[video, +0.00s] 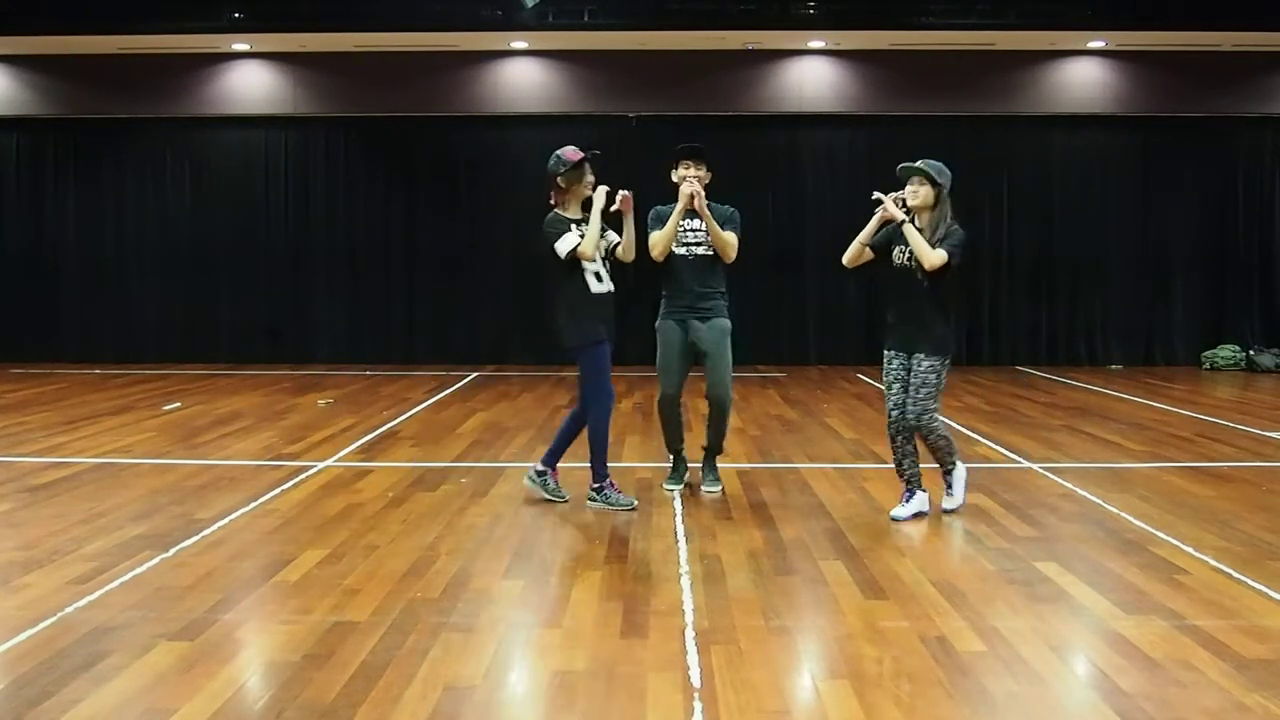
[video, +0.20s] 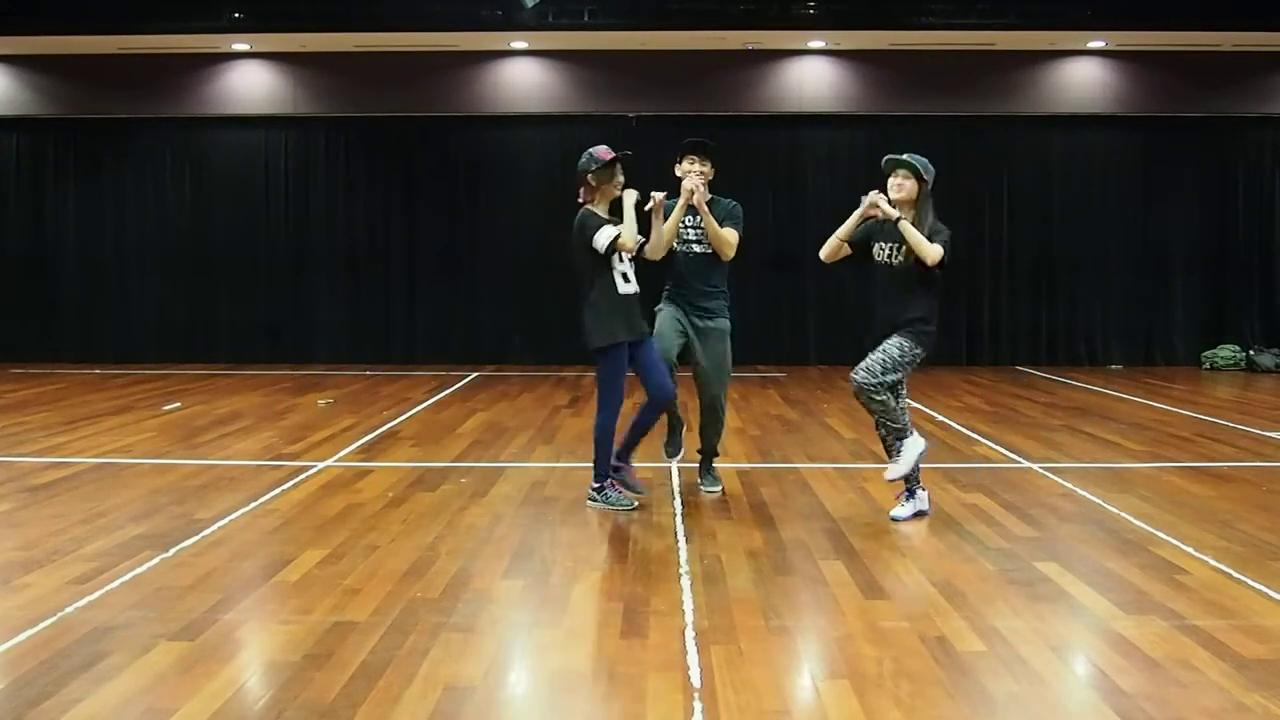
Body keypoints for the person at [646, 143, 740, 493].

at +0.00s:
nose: (691, 175)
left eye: (698, 169)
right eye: (685, 169)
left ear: (708, 176)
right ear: (674, 175)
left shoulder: (726, 214)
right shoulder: (660, 214)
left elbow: (729, 253)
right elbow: (657, 252)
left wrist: (703, 212)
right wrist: (681, 207)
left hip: (713, 315)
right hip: (672, 315)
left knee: (721, 396)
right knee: (667, 394)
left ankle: (711, 462)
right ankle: (677, 462)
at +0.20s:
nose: (695, 170)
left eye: (702, 165)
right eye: (689, 164)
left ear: (711, 172)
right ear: (678, 169)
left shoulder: (728, 208)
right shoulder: (667, 206)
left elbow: (728, 250)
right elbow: (654, 251)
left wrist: (702, 209)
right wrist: (682, 204)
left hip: (713, 313)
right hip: (674, 305)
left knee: (714, 395)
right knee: (661, 358)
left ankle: (708, 463)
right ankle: (674, 420)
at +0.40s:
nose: (691, 170)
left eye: (697, 164)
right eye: (684, 163)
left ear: (706, 169)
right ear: (672, 169)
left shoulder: (724, 206)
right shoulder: (665, 205)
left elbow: (729, 250)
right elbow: (660, 244)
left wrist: (705, 208)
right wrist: (680, 203)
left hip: (714, 315)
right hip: (675, 314)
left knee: (716, 396)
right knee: (673, 395)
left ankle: (708, 464)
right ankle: (675, 466)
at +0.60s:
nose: (688, 180)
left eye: (693, 174)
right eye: (682, 175)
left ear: (702, 179)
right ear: (669, 180)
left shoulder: (714, 212)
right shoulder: (661, 215)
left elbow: (729, 263)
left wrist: (714, 223)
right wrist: (681, 208)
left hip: (711, 304)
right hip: (671, 308)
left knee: (747, 351)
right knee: (674, 387)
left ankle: (723, 419)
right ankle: (675, 462)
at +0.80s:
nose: (693, 173)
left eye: (698, 167)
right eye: (687, 167)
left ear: (708, 172)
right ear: (675, 171)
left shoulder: (720, 206)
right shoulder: (665, 209)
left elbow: (735, 253)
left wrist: (719, 211)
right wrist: (686, 199)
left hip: (715, 306)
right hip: (675, 308)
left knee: (747, 369)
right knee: (679, 389)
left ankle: (729, 437)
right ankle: (674, 461)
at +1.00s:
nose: (703, 178)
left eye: (709, 173)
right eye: (696, 172)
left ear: (719, 179)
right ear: (685, 178)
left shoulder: (733, 215)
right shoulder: (678, 214)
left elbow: (739, 255)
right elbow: (670, 249)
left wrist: (718, 217)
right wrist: (689, 206)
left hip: (722, 318)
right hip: (684, 318)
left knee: (729, 398)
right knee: (681, 398)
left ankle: (723, 465)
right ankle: (679, 468)